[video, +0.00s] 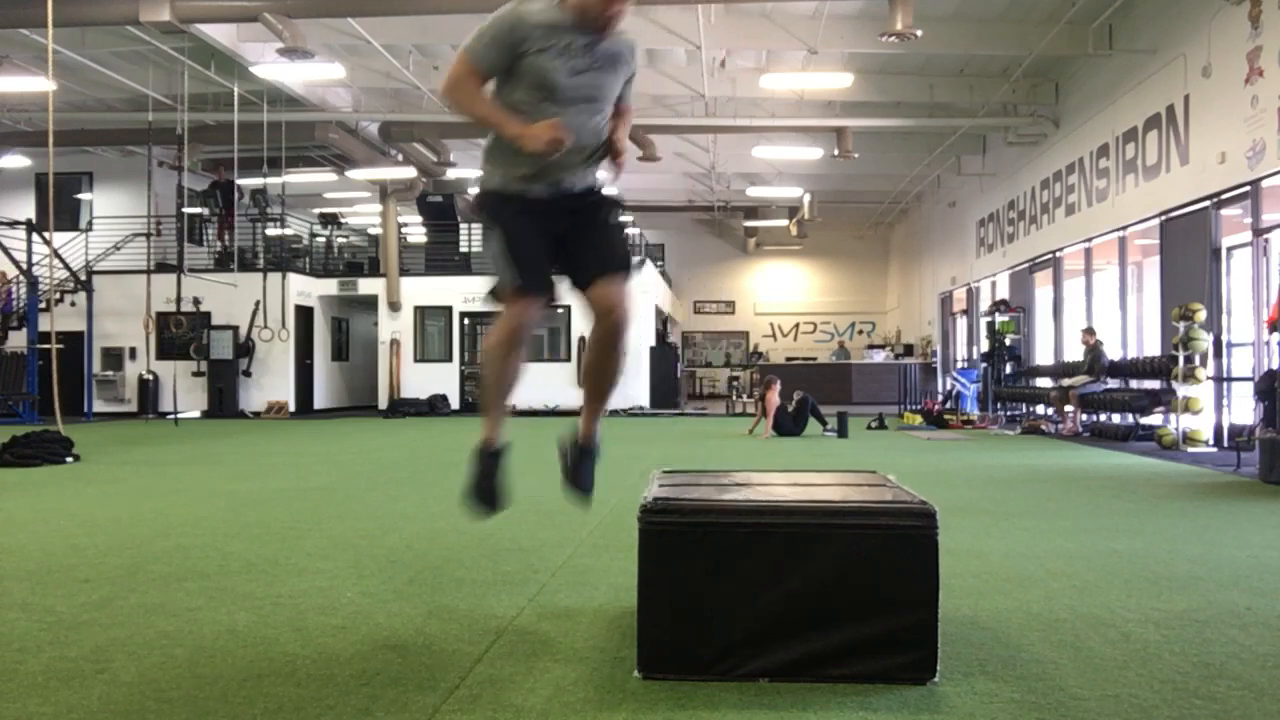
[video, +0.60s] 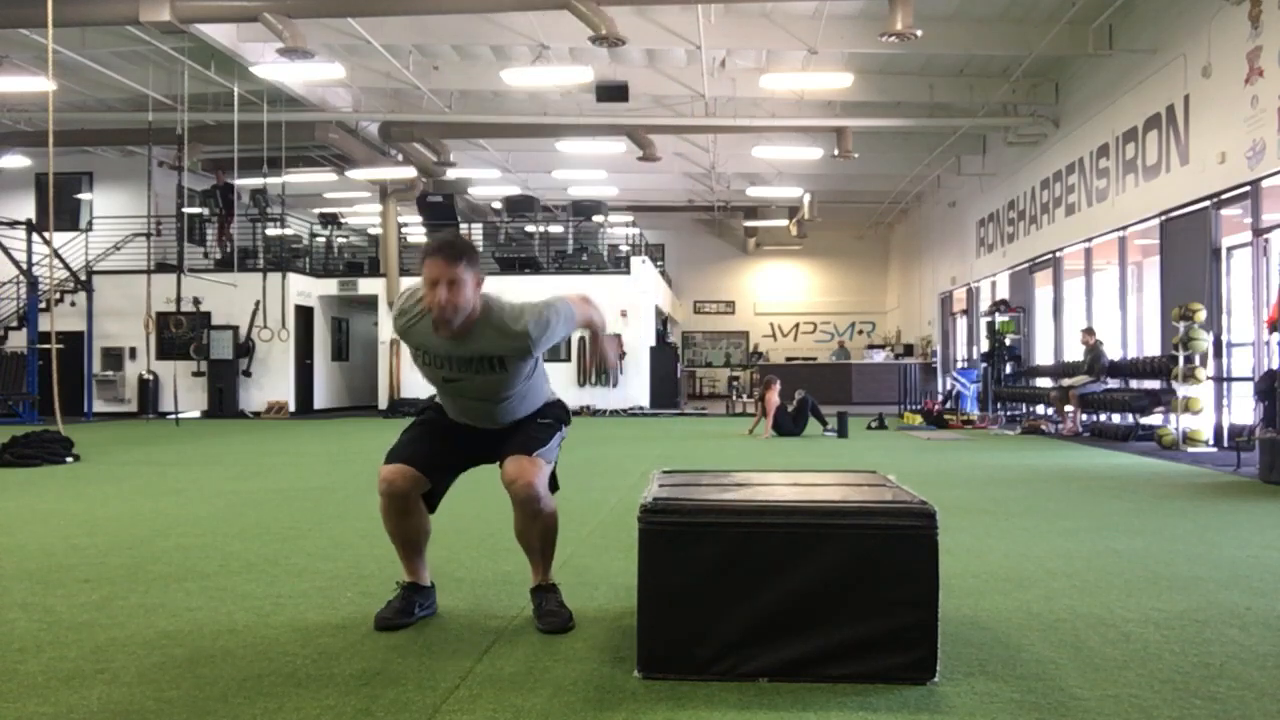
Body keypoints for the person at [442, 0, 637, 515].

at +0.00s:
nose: (615, 13)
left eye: (621, 7)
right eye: (608, 4)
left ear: (626, 6)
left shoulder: (622, 50)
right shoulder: (521, 22)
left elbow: (620, 106)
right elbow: (457, 87)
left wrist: (618, 135)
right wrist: (520, 130)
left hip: (580, 196)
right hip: (513, 196)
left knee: (614, 310)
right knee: (522, 311)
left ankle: (586, 438)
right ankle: (490, 445)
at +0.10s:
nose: (569, 50)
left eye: (582, 41)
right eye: (563, 35)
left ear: (593, 40)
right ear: (541, 25)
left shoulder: (604, 95)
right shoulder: (486, 76)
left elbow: (624, 166)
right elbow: (433, 140)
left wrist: (601, 173)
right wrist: (494, 154)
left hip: (566, 250)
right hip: (490, 248)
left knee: (576, 376)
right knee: (464, 377)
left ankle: (581, 515)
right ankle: (440, 503)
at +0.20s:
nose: (527, 127)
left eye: (537, 117)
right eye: (519, 115)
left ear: (552, 120)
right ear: (501, 113)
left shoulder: (568, 177)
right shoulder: (467, 158)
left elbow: (611, 246)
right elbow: (414, 211)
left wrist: (563, 219)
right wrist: (462, 201)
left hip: (544, 333)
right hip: (472, 330)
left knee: (542, 457)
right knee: (428, 455)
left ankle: (550, 579)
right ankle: (413, 574)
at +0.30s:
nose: (483, 209)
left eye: (494, 198)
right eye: (475, 197)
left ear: (515, 196)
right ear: (463, 194)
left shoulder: (541, 249)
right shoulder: (442, 242)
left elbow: (589, 314)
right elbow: (392, 294)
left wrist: (556, 345)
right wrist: (382, 336)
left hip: (528, 388)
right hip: (460, 385)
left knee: (519, 478)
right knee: (406, 479)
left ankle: (543, 586)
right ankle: (418, 587)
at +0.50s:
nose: (435, 299)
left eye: (447, 287)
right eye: (426, 287)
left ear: (473, 284)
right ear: (416, 284)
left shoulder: (519, 321)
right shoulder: (402, 316)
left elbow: (591, 320)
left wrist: (612, 349)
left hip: (529, 409)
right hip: (455, 411)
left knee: (527, 481)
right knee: (399, 477)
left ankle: (544, 586)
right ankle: (418, 588)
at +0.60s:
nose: (441, 297)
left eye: (453, 285)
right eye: (433, 284)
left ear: (478, 286)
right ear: (422, 283)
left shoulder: (521, 324)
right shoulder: (407, 316)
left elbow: (585, 307)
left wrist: (604, 337)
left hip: (529, 415)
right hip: (455, 415)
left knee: (526, 483)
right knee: (395, 481)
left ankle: (543, 587)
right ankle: (418, 588)